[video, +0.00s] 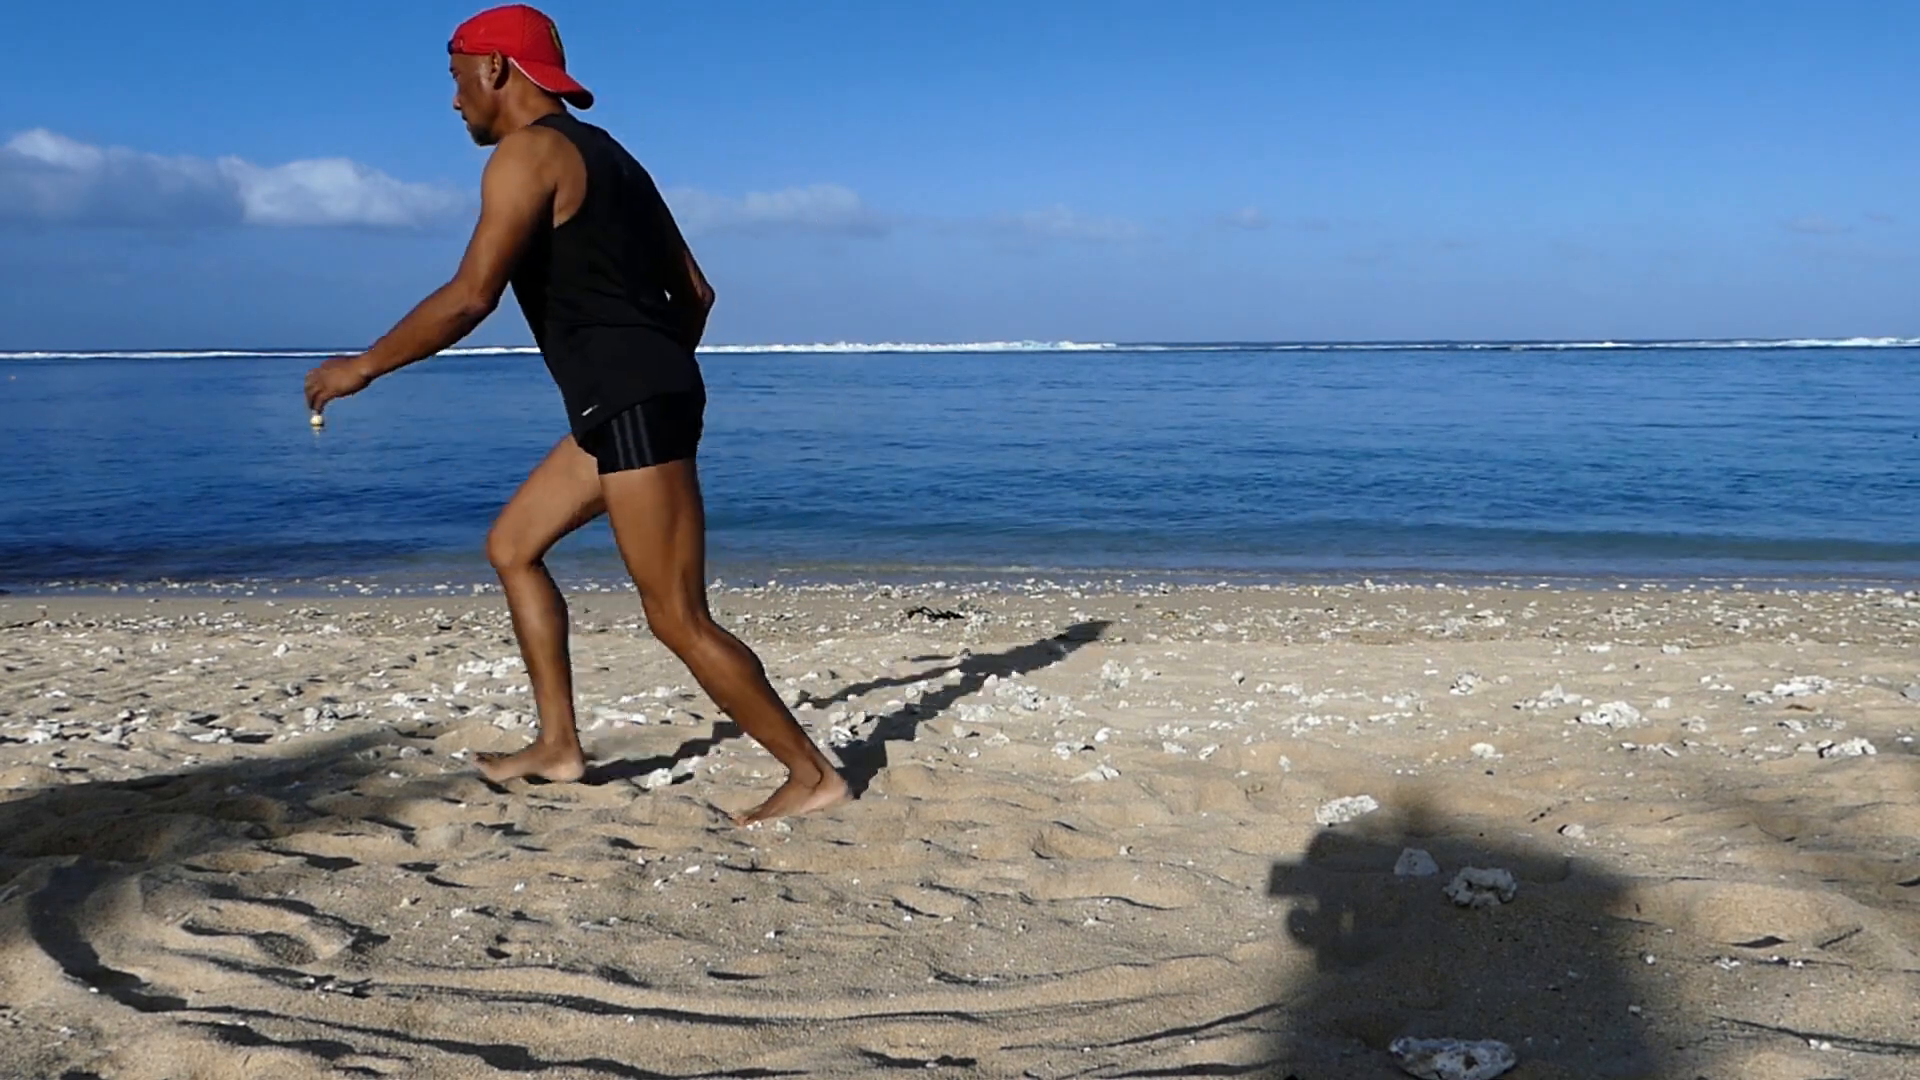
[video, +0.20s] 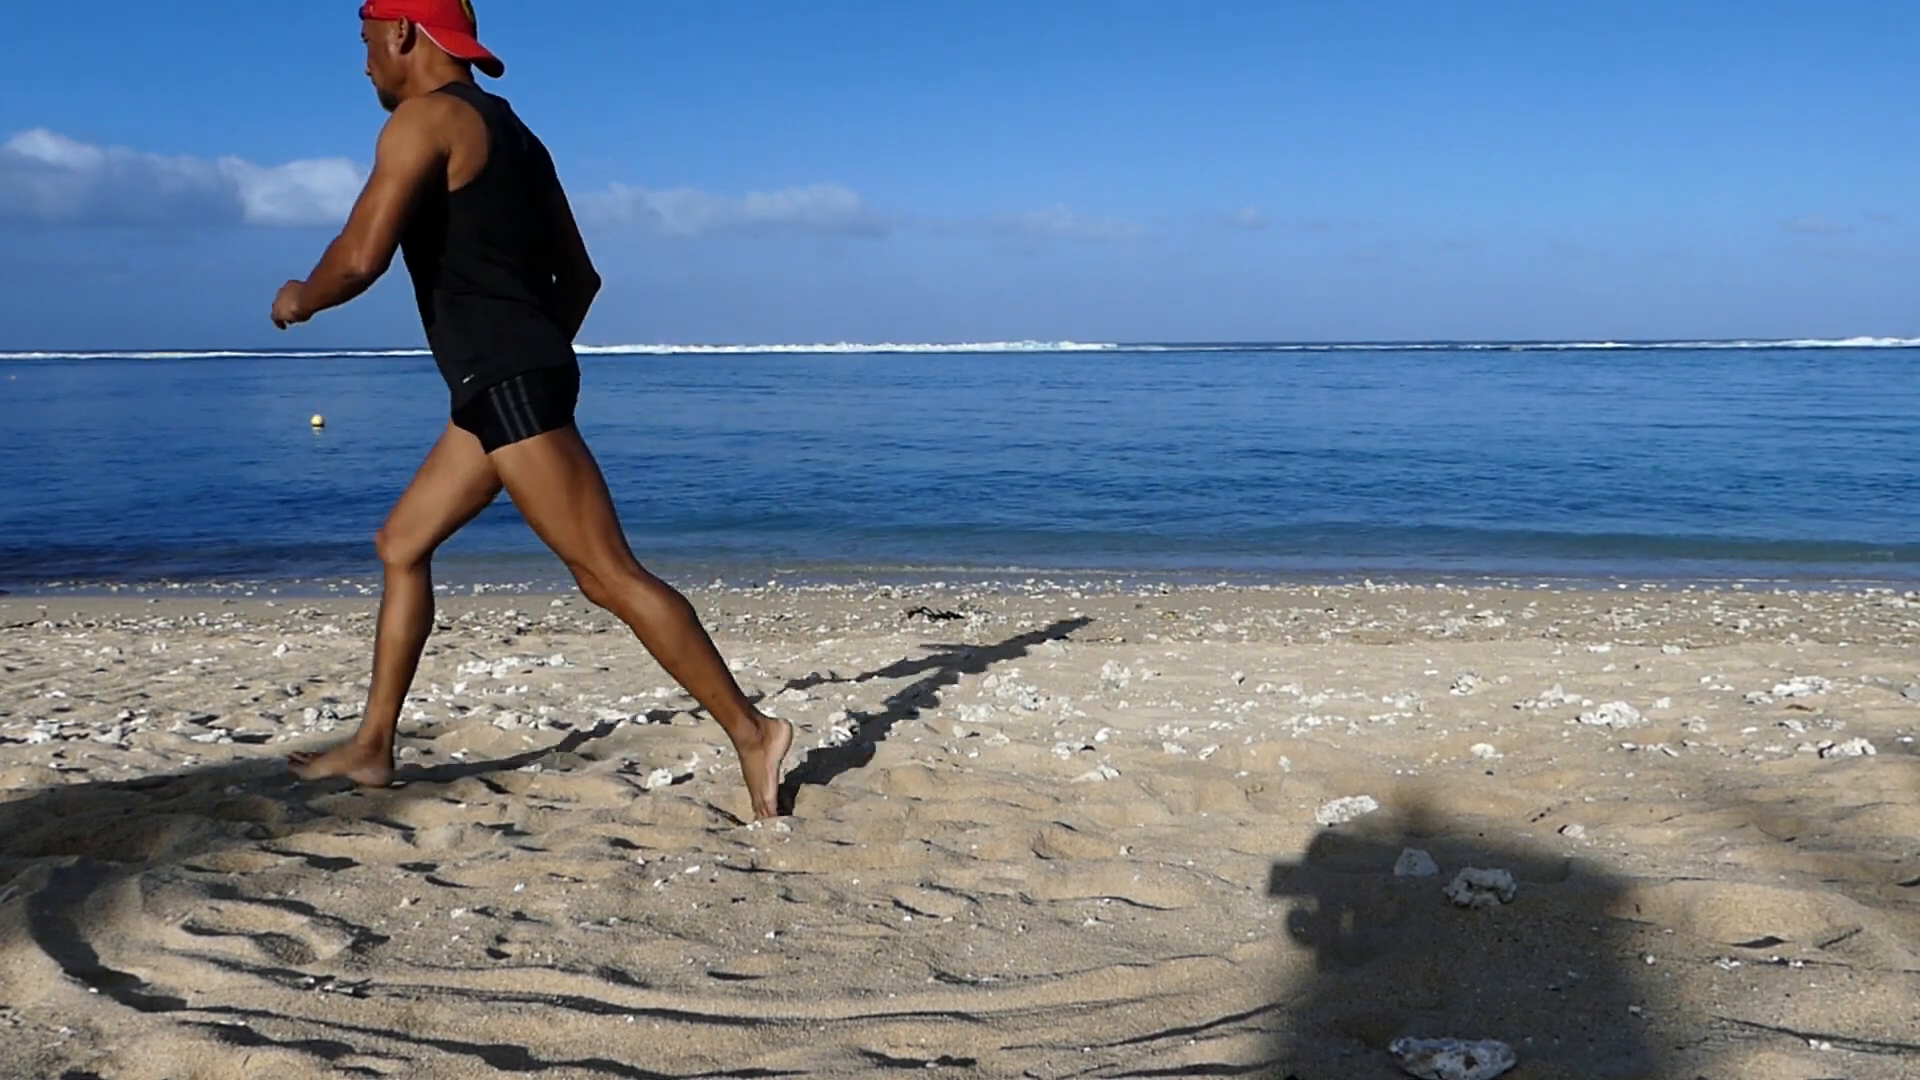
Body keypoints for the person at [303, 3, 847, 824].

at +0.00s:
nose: (457, 100)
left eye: (461, 81)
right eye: (455, 82)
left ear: (501, 75)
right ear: (533, 77)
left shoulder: (524, 155)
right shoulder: (607, 155)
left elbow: (471, 296)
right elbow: (694, 292)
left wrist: (362, 365)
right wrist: (650, 385)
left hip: (633, 402)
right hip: (642, 400)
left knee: (679, 618)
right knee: (513, 546)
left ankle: (813, 774)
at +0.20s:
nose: (369, 67)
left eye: (372, 47)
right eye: (368, 49)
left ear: (410, 41)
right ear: (436, 43)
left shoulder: (422, 119)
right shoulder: (508, 127)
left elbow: (360, 258)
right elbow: (578, 276)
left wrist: (304, 296)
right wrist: (529, 364)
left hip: (504, 377)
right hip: (526, 372)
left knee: (610, 575)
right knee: (403, 544)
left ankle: (754, 733)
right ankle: (371, 746)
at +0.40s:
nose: (286, 72)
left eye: (290, 53)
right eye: (287, 54)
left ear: (324, 54)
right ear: (360, 57)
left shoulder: (338, 142)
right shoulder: (409, 142)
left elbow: (304, 279)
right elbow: (430, 296)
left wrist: (246, 305)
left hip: (389, 397)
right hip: (414, 389)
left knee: (430, 611)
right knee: (323, 576)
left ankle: (640, 682)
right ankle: (340, 769)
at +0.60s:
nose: (193, 78)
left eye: (198, 60)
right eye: (195, 60)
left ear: (230, 63)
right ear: (273, 69)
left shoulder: (253, 155)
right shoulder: (312, 162)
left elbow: (287, 290)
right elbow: (304, 322)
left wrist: (193, 357)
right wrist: (221, 418)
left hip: (303, 407)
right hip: (348, 401)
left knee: (232, 606)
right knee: (284, 592)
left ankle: (435, 665)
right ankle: (337, 770)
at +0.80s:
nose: (99, 63)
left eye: (103, 44)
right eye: (102, 44)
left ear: (136, 46)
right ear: (173, 51)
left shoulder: (160, 131)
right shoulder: (222, 137)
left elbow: (239, 237)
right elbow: (181, 305)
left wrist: (153, 328)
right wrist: (61, 341)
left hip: (212, 389)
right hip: (276, 383)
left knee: (90, 546)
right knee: (266, 588)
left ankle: (224, 711)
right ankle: (337, 766)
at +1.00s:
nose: (4, 25)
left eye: (9, 11)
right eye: (9, 12)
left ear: (35, 16)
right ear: (78, 22)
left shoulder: (63, 90)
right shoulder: (123, 93)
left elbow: (157, 178)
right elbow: (112, 238)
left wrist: (73, 273)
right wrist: (15, 267)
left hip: (105, 351)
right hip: (183, 346)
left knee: (18, 540)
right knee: (228, 551)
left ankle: (32, 745)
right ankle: (310, 728)